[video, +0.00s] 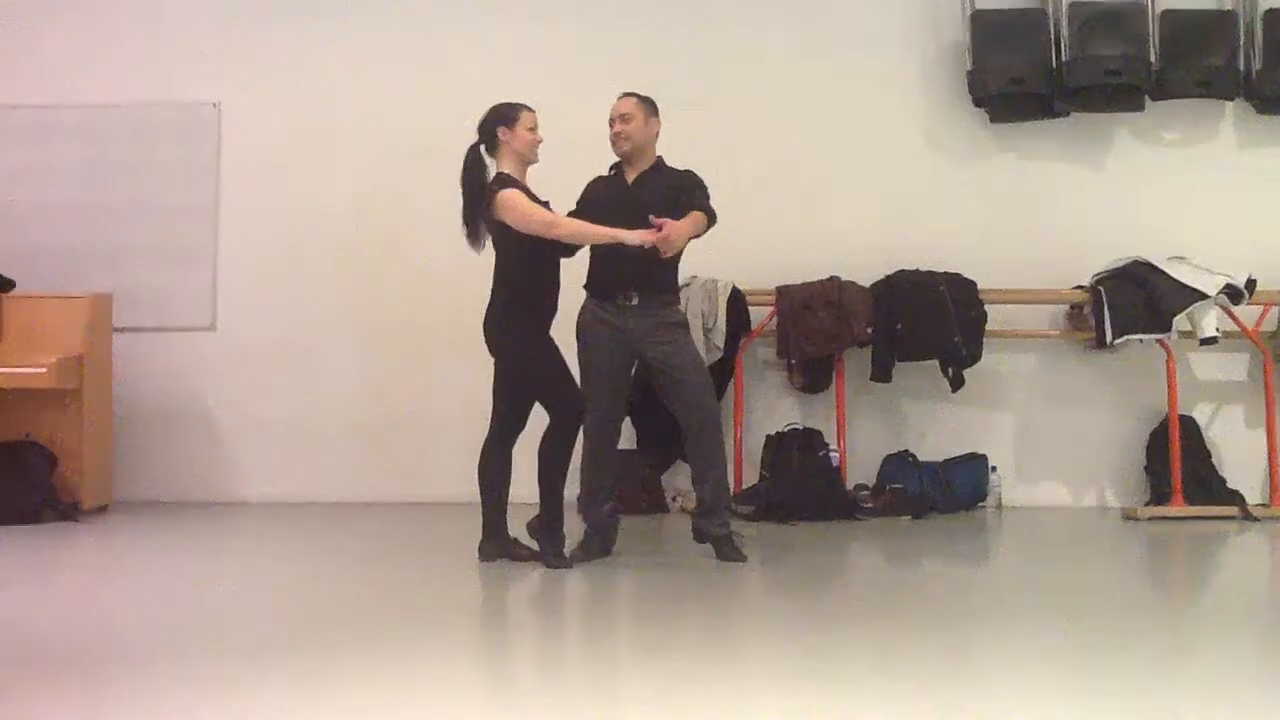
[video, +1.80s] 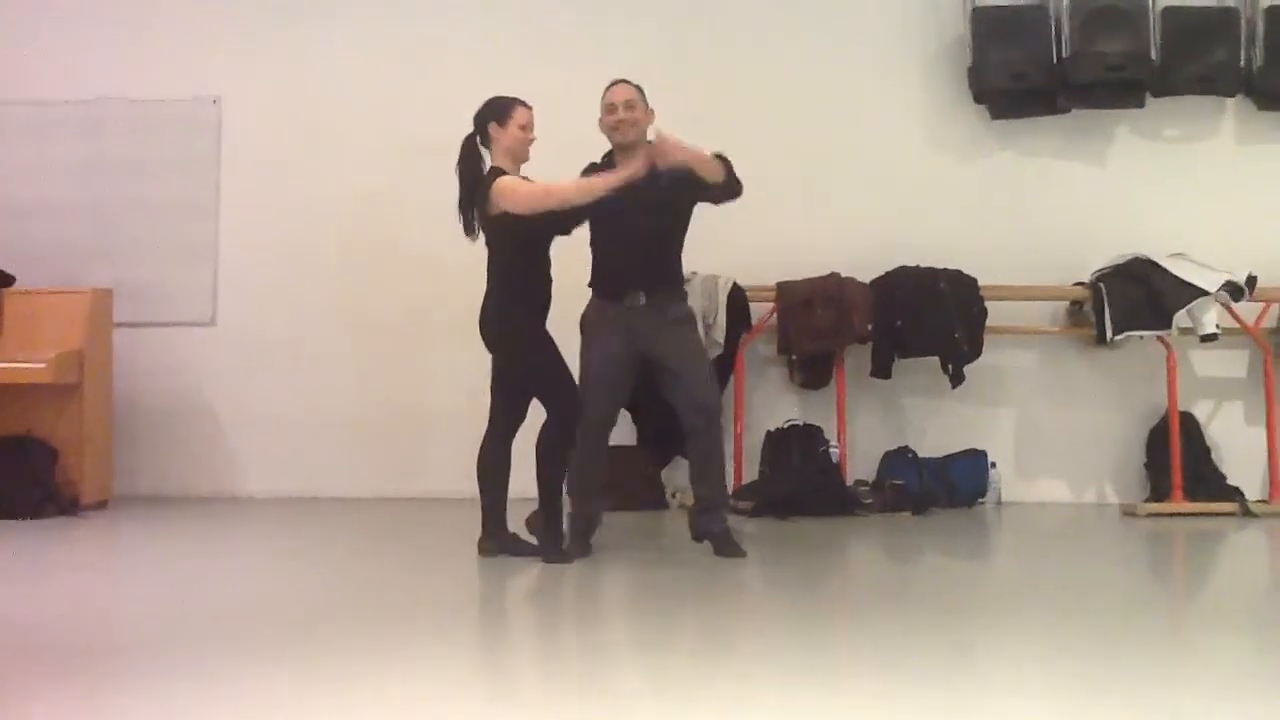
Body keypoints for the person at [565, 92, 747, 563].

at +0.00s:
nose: (615, 128)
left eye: (625, 119)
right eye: (612, 122)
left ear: (654, 126)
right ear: (611, 133)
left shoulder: (682, 182)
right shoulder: (598, 190)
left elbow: (704, 213)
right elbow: (568, 242)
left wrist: (683, 229)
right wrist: (525, 229)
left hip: (661, 319)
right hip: (603, 319)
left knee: (702, 411)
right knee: (600, 420)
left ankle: (714, 523)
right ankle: (598, 530)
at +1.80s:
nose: (619, 115)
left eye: (629, 107)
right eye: (611, 110)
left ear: (649, 116)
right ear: (600, 123)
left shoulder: (678, 172)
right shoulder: (595, 179)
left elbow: (730, 187)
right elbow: (556, 222)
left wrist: (688, 156)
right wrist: (505, 214)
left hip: (669, 313)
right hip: (608, 315)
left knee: (702, 408)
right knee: (594, 416)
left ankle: (712, 520)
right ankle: (580, 525)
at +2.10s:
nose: (593, 117)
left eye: (604, 109)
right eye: (585, 110)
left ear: (623, 120)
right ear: (574, 122)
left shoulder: (643, 180)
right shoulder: (559, 181)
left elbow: (689, 240)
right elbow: (519, 216)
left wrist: (673, 210)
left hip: (642, 315)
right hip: (585, 319)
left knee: (679, 415)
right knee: (572, 419)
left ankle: (718, 519)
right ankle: (572, 529)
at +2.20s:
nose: (583, 119)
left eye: (593, 112)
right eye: (575, 113)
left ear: (613, 123)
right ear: (565, 124)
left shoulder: (638, 189)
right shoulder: (554, 182)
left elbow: (662, 258)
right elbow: (516, 220)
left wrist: (623, 263)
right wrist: (481, 193)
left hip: (626, 319)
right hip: (571, 321)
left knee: (664, 412)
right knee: (562, 417)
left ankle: (717, 508)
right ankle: (571, 527)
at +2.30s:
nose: (581, 119)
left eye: (592, 112)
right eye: (573, 112)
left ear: (611, 123)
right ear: (563, 124)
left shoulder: (635, 188)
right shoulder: (554, 181)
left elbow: (648, 260)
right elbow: (521, 226)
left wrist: (595, 268)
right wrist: (480, 203)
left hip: (621, 316)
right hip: (567, 318)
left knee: (641, 406)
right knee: (562, 419)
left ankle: (692, 487)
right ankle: (571, 523)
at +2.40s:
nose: (579, 121)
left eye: (589, 113)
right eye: (571, 114)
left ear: (608, 125)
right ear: (561, 126)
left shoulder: (630, 187)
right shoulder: (549, 186)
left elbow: (626, 255)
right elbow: (532, 238)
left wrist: (573, 248)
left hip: (617, 315)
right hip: (565, 315)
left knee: (618, 407)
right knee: (560, 418)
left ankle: (650, 471)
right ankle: (570, 522)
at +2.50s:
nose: (576, 120)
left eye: (587, 113)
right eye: (568, 114)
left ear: (606, 126)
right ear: (558, 128)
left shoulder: (625, 183)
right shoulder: (550, 187)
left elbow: (615, 241)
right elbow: (525, 245)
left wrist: (548, 206)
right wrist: (484, 228)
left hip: (615, 319)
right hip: (562, 319)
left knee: (600, 415)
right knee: (556, 417)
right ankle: (567, 519)